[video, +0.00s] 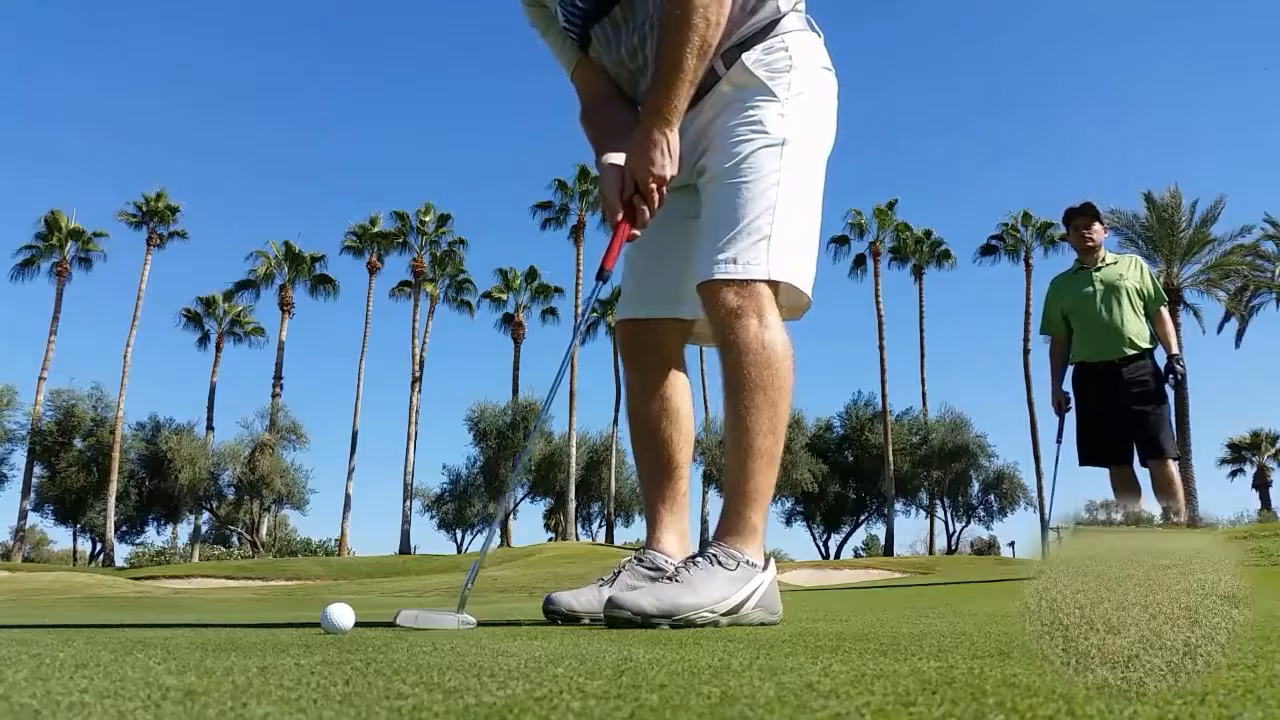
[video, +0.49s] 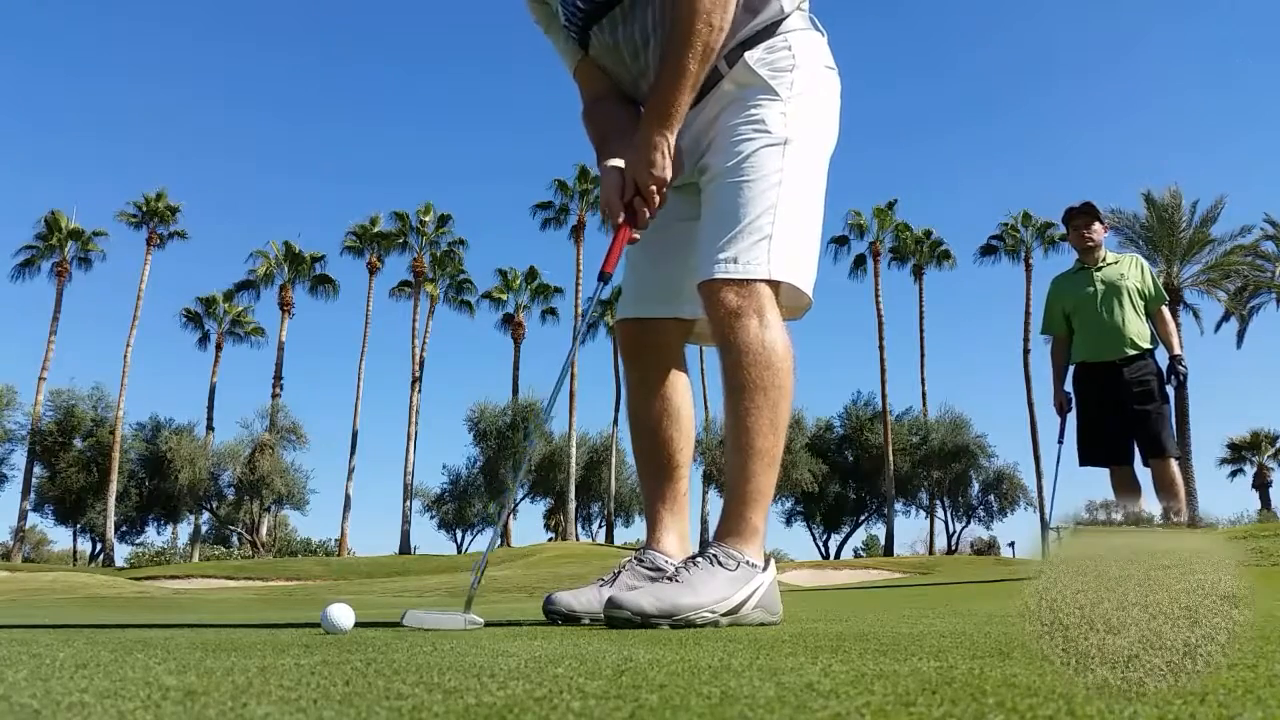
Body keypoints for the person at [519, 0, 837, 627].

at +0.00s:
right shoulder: (543, 6)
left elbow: (706, 4)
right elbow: (598, 92)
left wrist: (658, 121)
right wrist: (612, 158)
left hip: (758, 57)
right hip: (663, 107)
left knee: (738, 289)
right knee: (644, 326)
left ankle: (742, 561)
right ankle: (666, 559)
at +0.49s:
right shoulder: (548, 6)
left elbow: (710, 6)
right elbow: (600, 92)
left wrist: (657, 128)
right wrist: (615, 161)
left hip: (759, 55)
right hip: (662, 106)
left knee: (738, 287)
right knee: (643, 325)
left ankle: (742, 560)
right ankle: (666, 559)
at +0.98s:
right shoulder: (531, 8)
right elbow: (592, 82)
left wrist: (695, 42)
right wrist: (631, 107)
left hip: (755, 53)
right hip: (666, 103)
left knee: (739, 289)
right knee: (632, 327)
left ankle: (742, 562)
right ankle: (668, 558)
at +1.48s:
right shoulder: (509, 5)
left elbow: (704, 1)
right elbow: (547, 71)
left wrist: (639, 76)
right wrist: (572, 112)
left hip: (713, 70)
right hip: (609, 107)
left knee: (667, 288)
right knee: (611, 332)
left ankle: (671, 555)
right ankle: (663, 556)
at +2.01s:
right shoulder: (491, 5)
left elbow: (647, 10)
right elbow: (530, 78)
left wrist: (585, 132)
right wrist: (545, 158)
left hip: (690, 58)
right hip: (588, 97)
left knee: (656, 292)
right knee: (570, 318)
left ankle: (672, 560)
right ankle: (593, 559)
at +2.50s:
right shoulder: (458, 7)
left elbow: (621, 6)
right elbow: (506, 93)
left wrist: (565, 125)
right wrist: (519, 159)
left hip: (667, 66)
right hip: (569, 114)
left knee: (652, 292)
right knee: (561, 324)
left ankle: (669, 562)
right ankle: (594, 559)